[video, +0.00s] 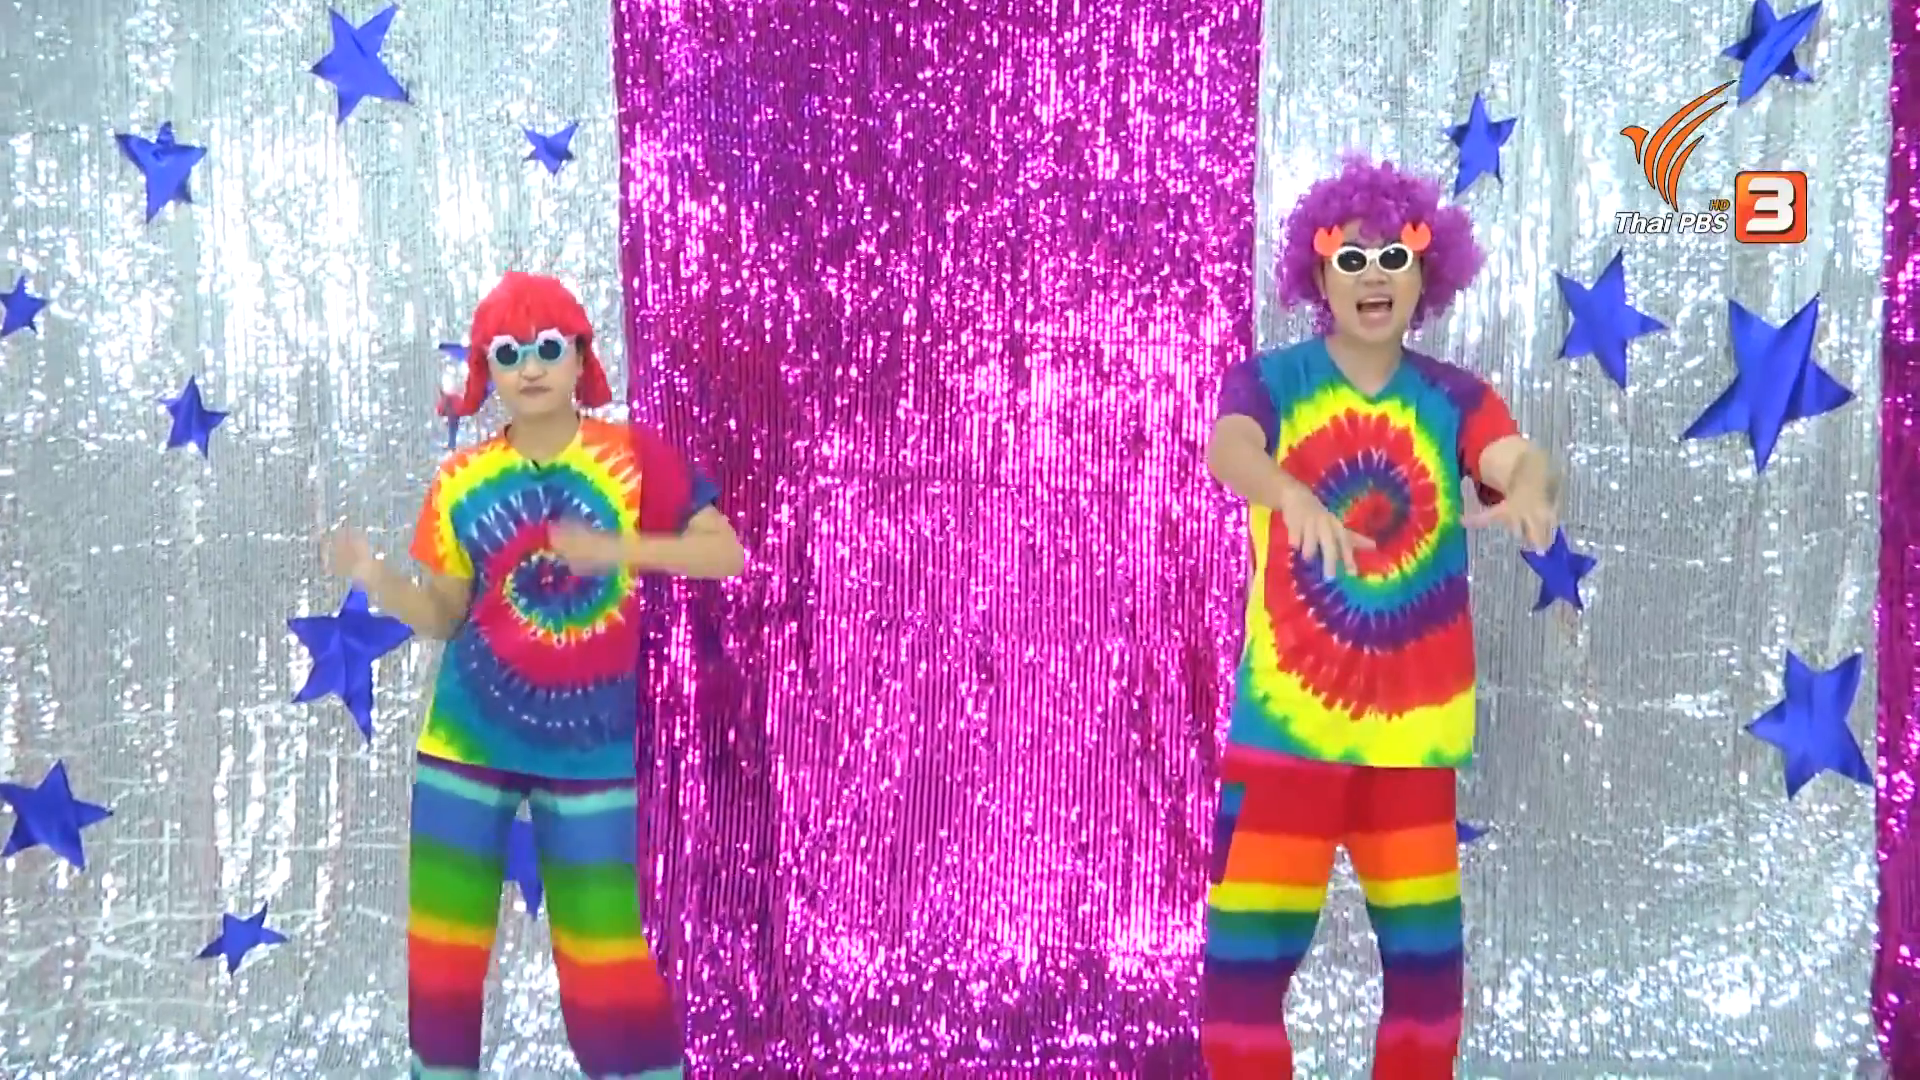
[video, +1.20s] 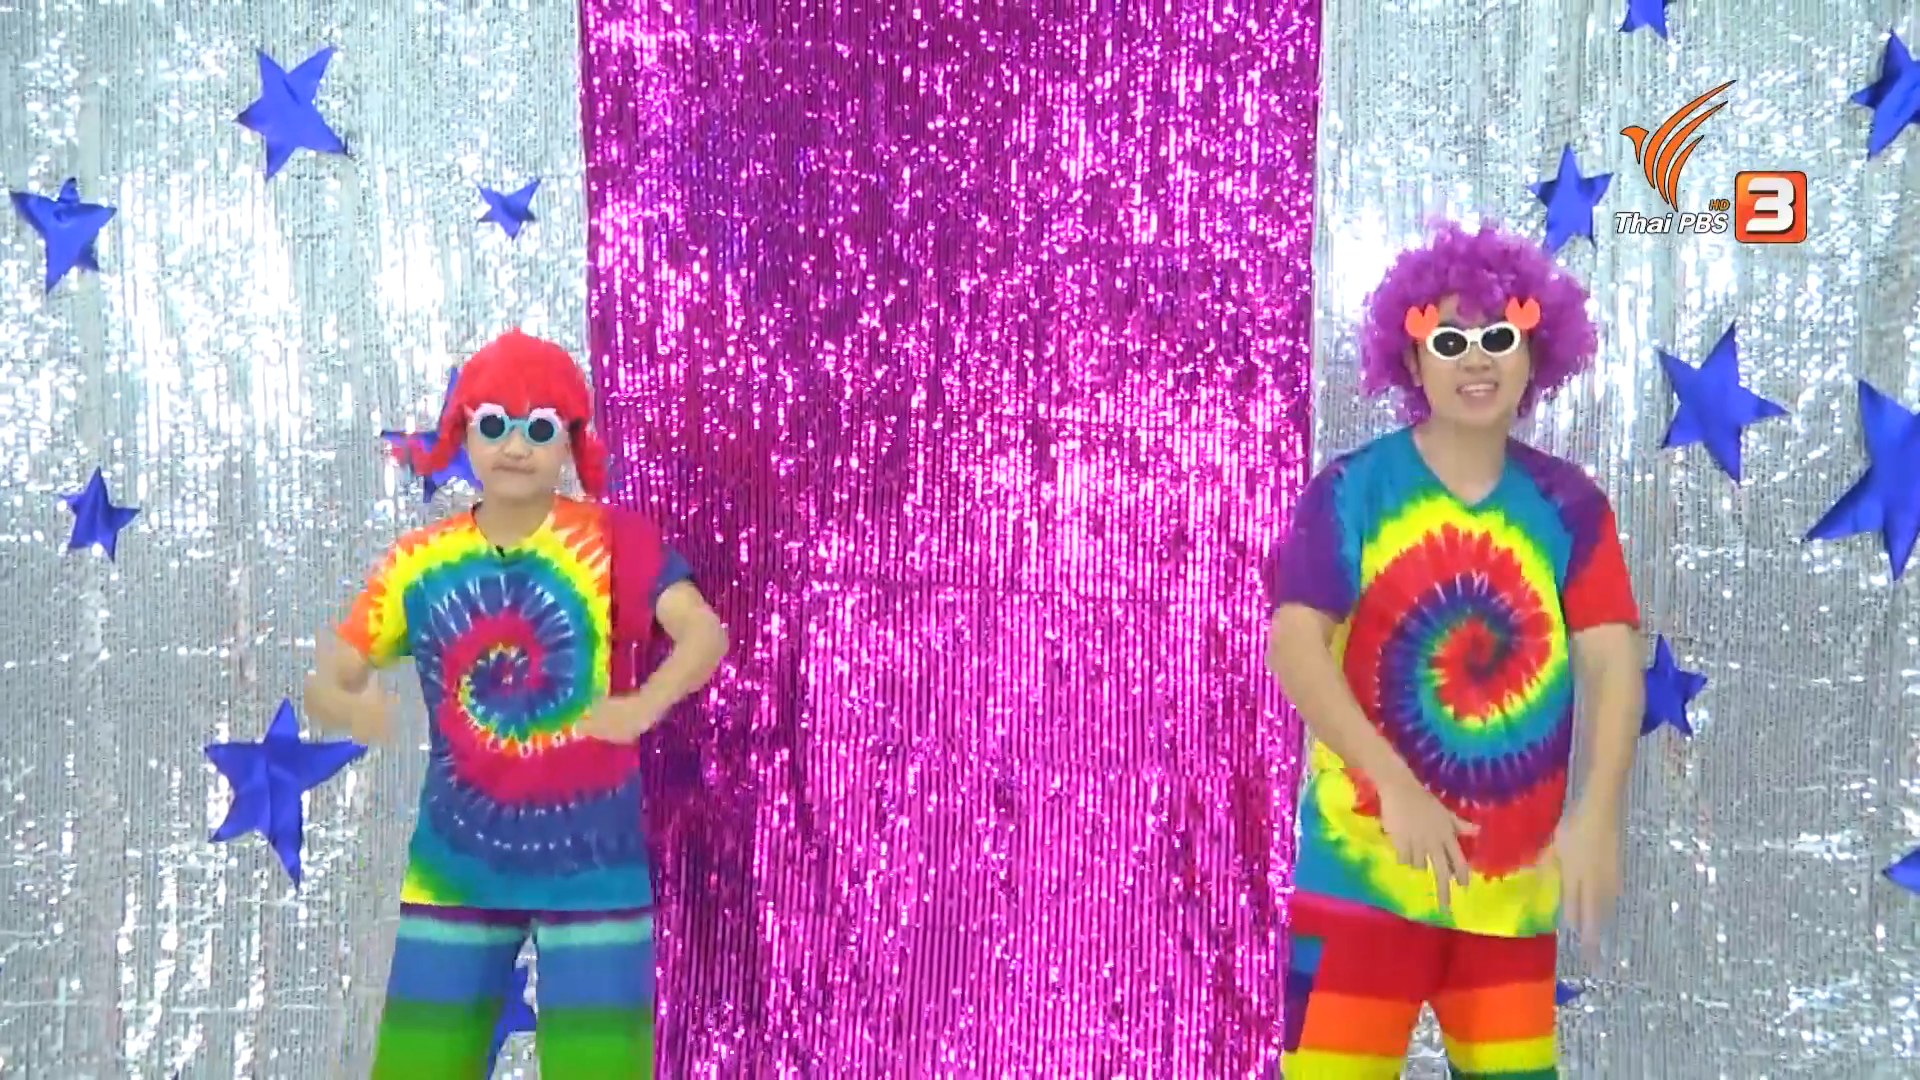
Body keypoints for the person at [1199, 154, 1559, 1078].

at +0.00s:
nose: (1374, 277)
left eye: (1393, 257)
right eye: (1352, 258)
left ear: (1423, 278)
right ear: (1319, 278)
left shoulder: (1459, 397)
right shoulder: (1270, 380)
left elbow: (1522, 464)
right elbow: (1230, 453)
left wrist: (1530, 493)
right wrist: (1294, 494)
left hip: (1414, 733)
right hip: (1286, 730)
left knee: (1428, 962)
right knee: (1247, 958)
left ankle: (1414, 1072)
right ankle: (1246, 1072)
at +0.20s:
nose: (1362, 260)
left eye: (1384, 240)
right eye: (1341, 241)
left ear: (1417, 262)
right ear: (1310, 262)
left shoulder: (1446, 382)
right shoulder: (1267, 369)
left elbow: (1534, 436)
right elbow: (1179, 415)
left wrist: (1522, 374)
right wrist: (1214, 406)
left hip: (1416, 723)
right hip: (1289, 722)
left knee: (1428, 962)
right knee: (1267, 957)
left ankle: (1433, 1076)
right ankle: (1253, 1073)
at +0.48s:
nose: (1311, 318)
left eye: (1333, 298)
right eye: (1288, 300)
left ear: (1366, 317)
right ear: (1256, 321)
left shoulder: (1422, 425)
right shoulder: (1223, 437)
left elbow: (1501, 494)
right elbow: (1159, 499)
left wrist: (1452, 492)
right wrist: (1143, 523)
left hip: (1402, 791)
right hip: (1264, 794)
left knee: (1428, 1021)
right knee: (1256, 1031)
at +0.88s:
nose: (1389, 313)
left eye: (1410, 292)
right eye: (1364, 295)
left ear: (1444, 310)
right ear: (1330, 317)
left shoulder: (1490, 431)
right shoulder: (1291, 433)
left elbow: (1596, 469)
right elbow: (1184, 473)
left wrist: (1571, 404)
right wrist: (1220, 443)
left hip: (1461, 801)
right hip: (1322, 801)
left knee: (1474, 1042)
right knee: (1312, 1040)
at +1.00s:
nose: (1431, 330)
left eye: (1452, 308)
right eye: (1406, 312)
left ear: (1489, 324)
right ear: (1373, 330)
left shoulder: (1529, 452)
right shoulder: (1322, 439)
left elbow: (1633, 535)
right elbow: (1232, 509)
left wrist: (1595, 471)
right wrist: (1304, 497)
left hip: (1482, 816)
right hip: (1345, 812)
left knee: (1486, 1049)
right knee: (1326, 1047)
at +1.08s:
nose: (1454, 349)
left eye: (1475, 326)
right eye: (1428, 330)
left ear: (1514, 341)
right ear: (1395, 349)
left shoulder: (1560, 476)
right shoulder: (1335, 465)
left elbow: (1635, 588)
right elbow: (1263, 560)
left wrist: (1603, 597)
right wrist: (1357, 613)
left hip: (1501, 853)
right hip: (1358, 847)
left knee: (1505, 1061)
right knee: (1324, 1060)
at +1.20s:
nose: (1474, 361)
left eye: (1497, 340)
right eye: (1449, 342)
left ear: (1531, 358)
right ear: (1414, 361)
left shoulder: (1571, 502)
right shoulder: (1349, 492)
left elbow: (1613, 665)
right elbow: (1296, 648)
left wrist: (1596, 816)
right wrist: (1395, 785)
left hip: (1513, 884)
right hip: (1363, 874)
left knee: (1517, 1066)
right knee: (1335, 1066)